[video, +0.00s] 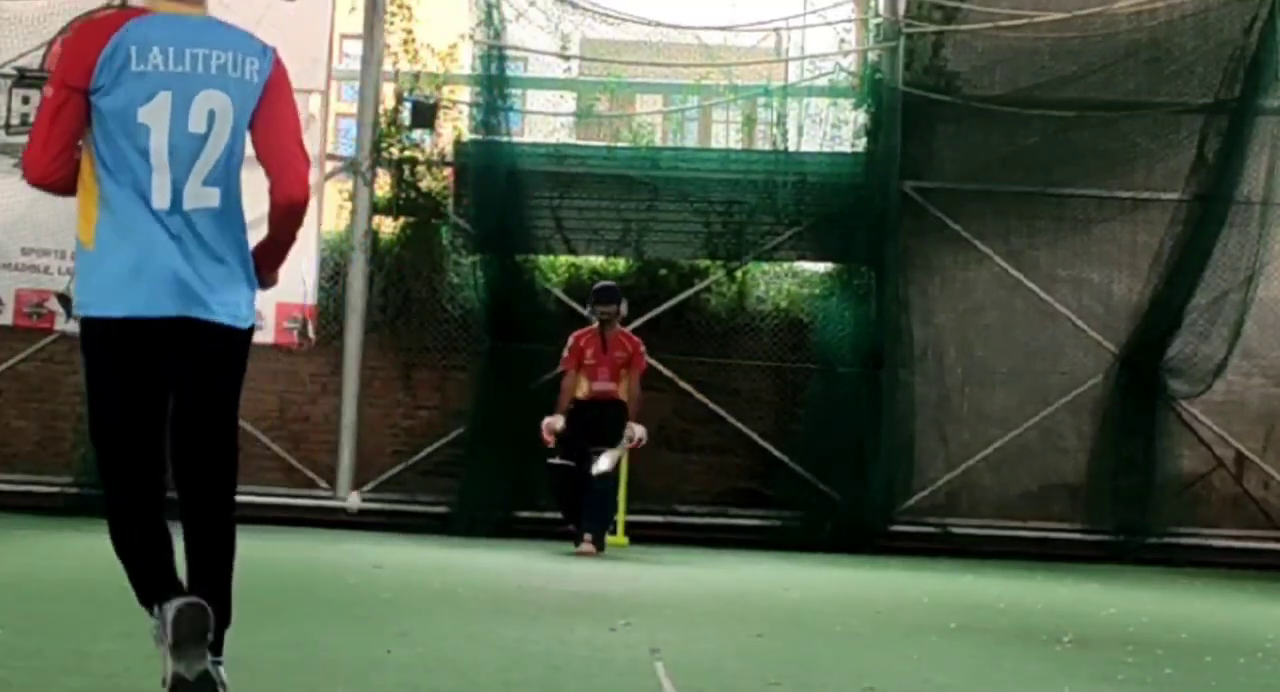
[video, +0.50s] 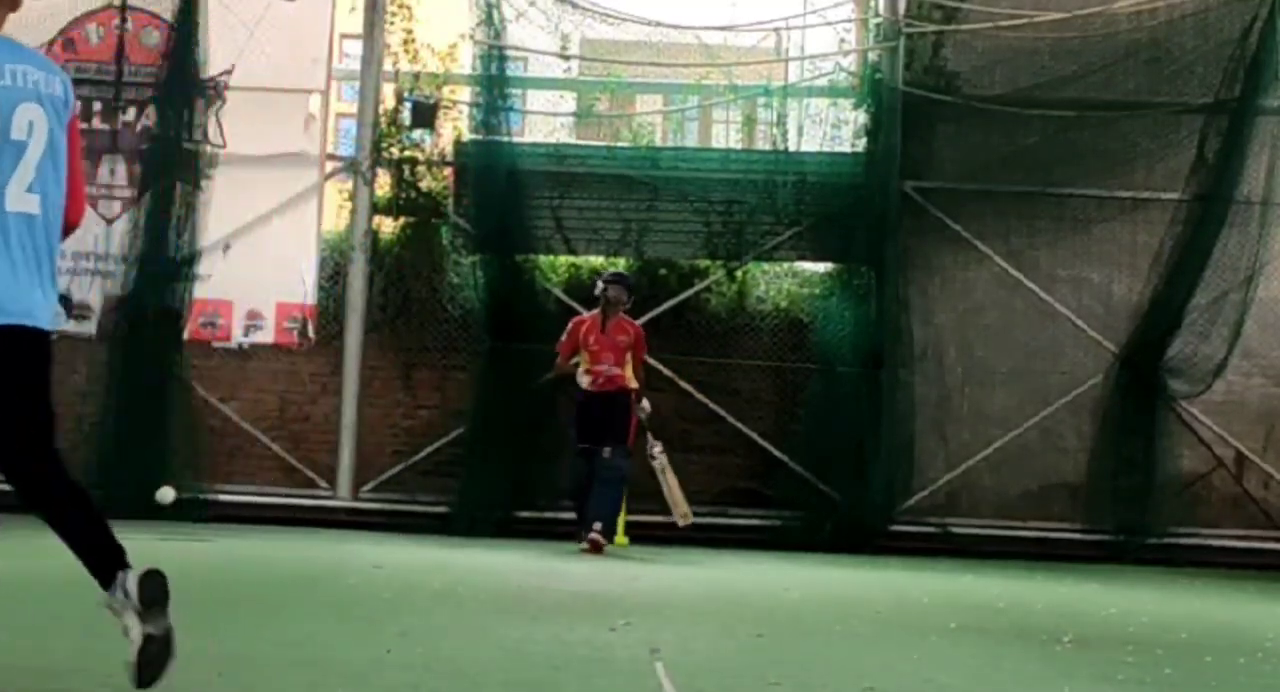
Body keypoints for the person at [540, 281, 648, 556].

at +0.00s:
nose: (604, 312)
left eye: (610, 306)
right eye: (599, 306)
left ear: (620, 309)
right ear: (592, 308)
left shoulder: (632, 345)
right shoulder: (579, 340)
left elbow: (634, 385)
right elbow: (569, 378)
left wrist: (631, 420)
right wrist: (560, 414)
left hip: (614, 407)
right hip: (583, 405)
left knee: (603, 467)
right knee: (574, 465)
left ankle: (593, 534)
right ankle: (583, 528)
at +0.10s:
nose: (604, 302)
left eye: (610, 297)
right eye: (599, 297)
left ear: (621, 300)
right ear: (592, 300)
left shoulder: (633, 339)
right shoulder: (579, 332)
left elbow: (636, 383)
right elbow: (565, 371)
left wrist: (638, 421)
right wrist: (546, 406)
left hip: (614, 404)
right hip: (583, 402)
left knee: (603, 466)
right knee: (573, 464)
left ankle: (593, 535)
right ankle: (583, 530)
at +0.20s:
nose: (604, 296)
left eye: (611, 291)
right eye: (600, 290)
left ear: (622, 296)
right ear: (594, 294)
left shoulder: (633, 335)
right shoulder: (580, 327)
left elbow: (638, 380)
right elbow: (560, 363)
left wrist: (639, 421)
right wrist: (542, 397)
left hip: (615, 402)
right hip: (584, 401)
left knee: (603, 464)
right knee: (568, 462)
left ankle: (594, 535)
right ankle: (582, 529)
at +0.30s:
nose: (607, 294)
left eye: (613, 289)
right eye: (603, 288)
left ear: (623, 295)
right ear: (595, 292)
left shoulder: (633, 335)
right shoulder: (579, 326)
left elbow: (639, 379)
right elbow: (557, 358)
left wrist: (641, 416)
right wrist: (547, 391)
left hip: (615, 400)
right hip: (585, 398)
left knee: (603, 462)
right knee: (575, 461)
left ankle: (593, 534)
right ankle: (584, 529)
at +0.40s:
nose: (608, 294)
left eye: (615, 290)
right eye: (605, 288)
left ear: (625, 297)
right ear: (597, 292)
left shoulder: (633, 333)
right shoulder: (580, 325)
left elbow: (640, 375)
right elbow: (556, 360)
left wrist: (643, 407)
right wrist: (560, 384)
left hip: (618, 397)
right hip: (587, 396)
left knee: (608, 462)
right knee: (582, 460)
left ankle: (593, 531)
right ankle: (587, 528)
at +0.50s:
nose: (614, 295)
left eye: (621, 291)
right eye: (611, 288)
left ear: (627, 298)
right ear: (601, 292)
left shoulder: (633, 331)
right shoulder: (580, 324)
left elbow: (638, 368)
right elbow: (561, 364)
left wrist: (640, 396)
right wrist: (578, 366)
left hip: (620, 396)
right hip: (590, 395)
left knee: (613, 459)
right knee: (585, 458)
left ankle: (601, 527)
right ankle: (587, 525)